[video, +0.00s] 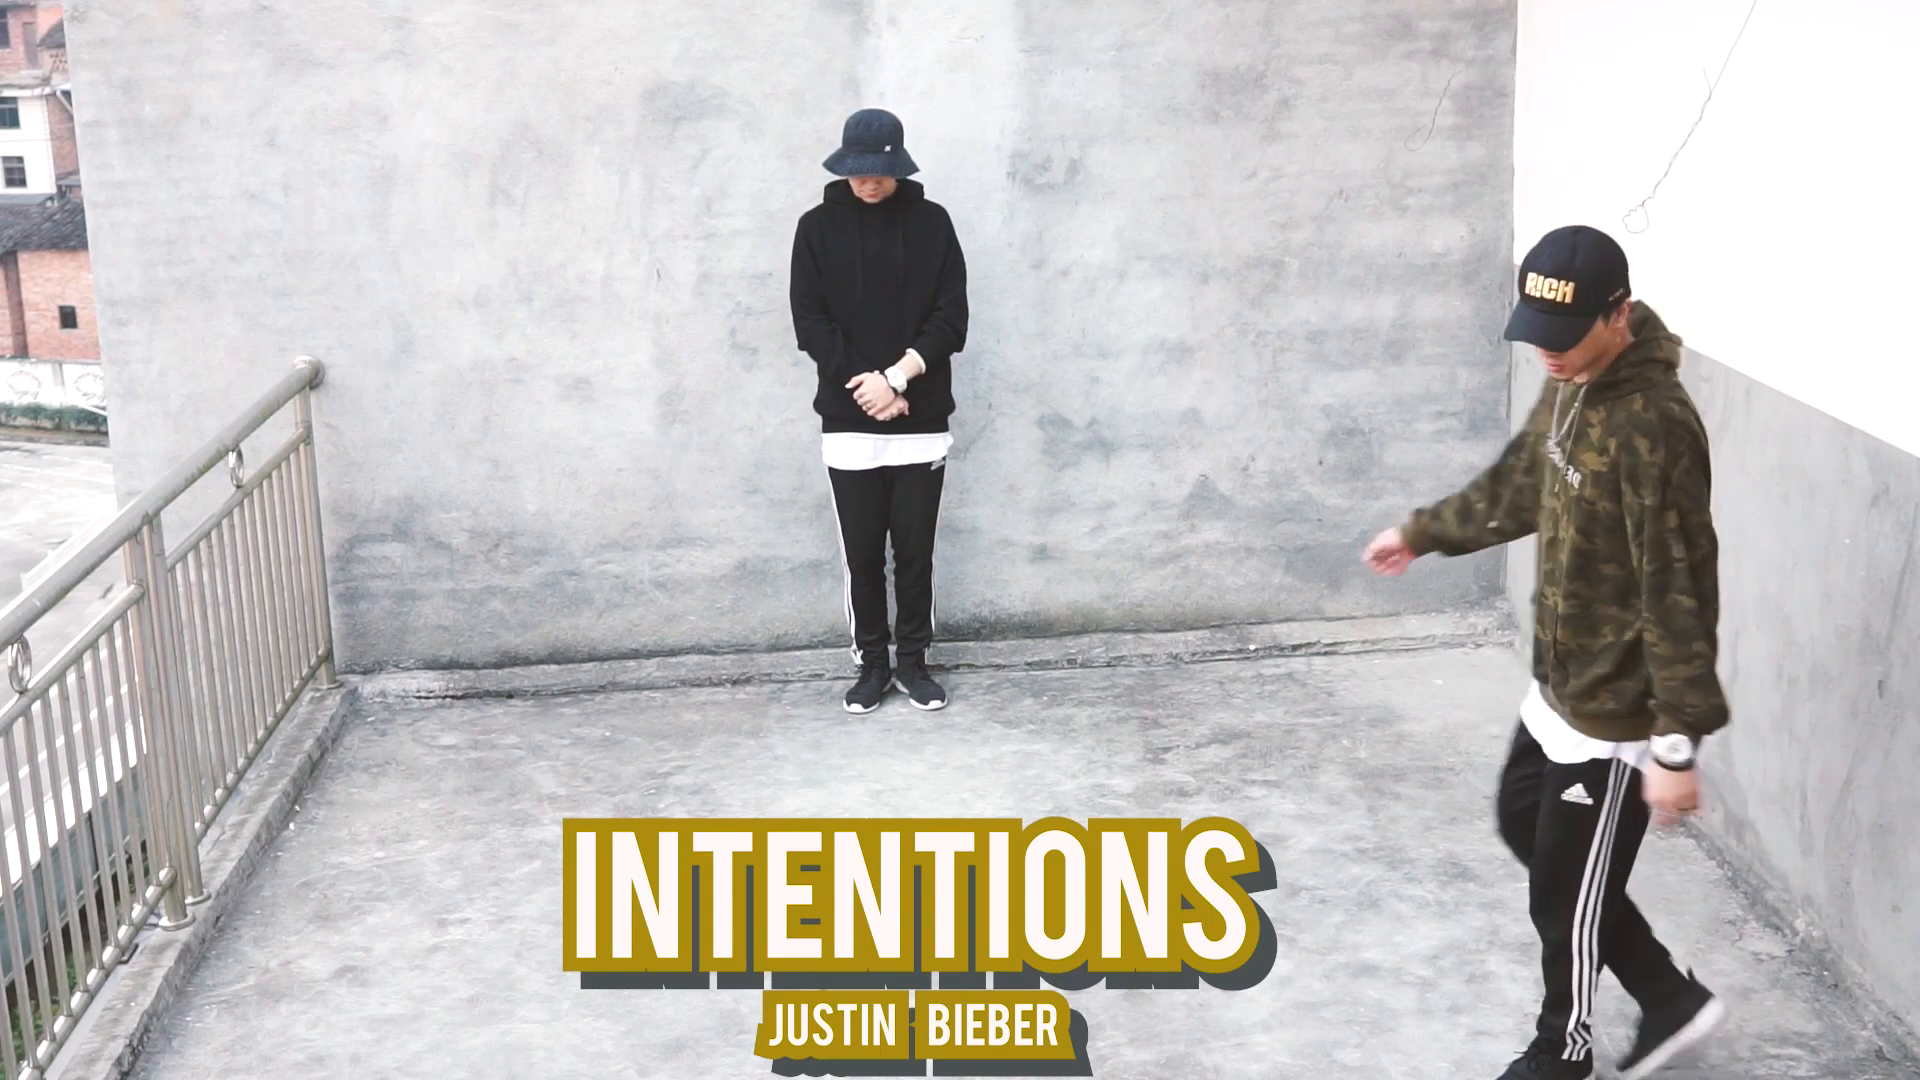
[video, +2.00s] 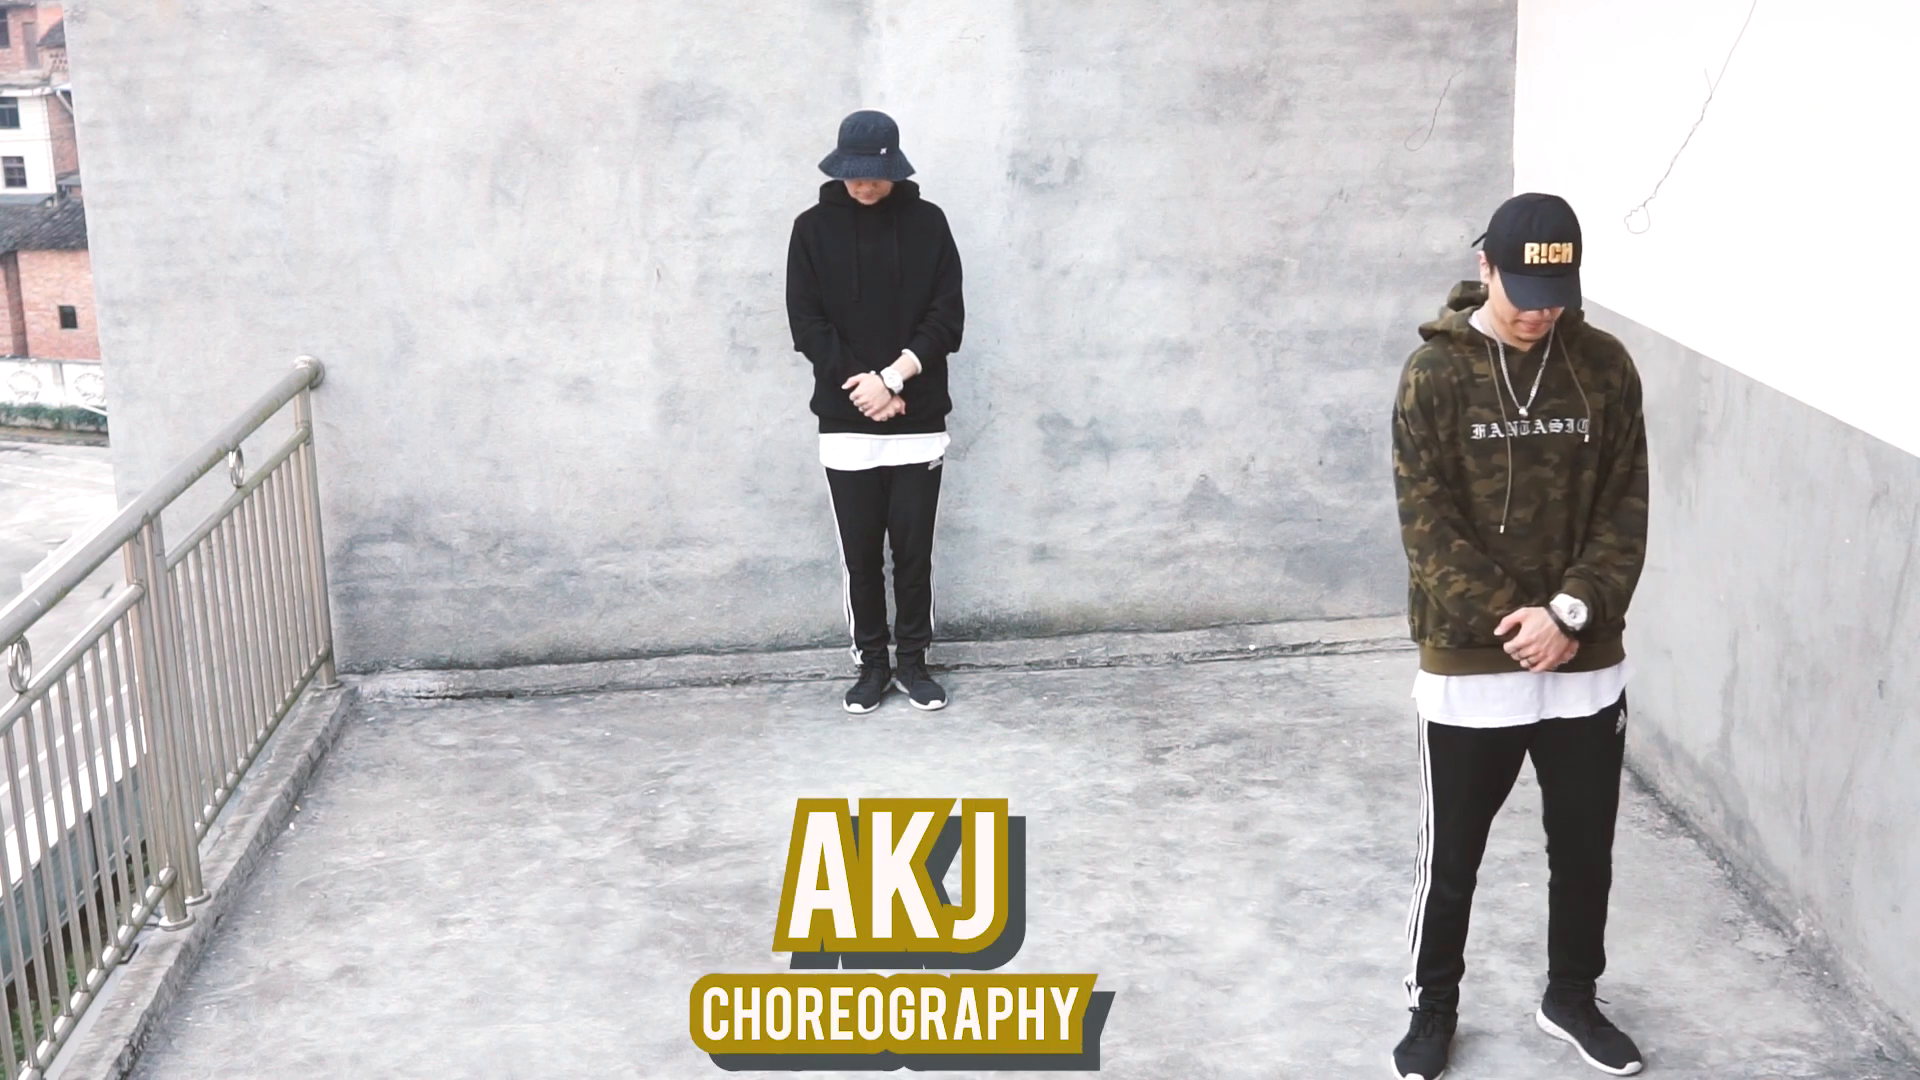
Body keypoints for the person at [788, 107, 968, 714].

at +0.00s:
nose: (869, 182)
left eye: (880, 171)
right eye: (859, 171)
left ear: (900, 168)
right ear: (844, 168)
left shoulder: (931, 221)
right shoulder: (818, 226)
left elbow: (952, 318)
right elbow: (810, 323)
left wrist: (897, 373)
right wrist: (866, 386)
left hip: (921, 415)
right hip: (847, 417)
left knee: (914, 550)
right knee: (863, 553)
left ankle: (913, 664)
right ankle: (873, 667)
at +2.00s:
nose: (864, 185)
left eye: (876, 174)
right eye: (854, 174)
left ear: (896, 170)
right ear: (839, 170)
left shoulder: (927, 221)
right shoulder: (813, 227)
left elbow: (947, 318)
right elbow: (806, 323)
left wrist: (894, 373)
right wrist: (862, 387)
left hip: (919, 413)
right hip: (845, 416)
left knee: (913, 549)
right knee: (861, 552)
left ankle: (913, 663)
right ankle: (872, 666)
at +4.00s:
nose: (871, 189)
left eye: (882, 179)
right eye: (860, 178)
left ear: (900, 172)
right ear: (843, 173)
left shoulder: (930, 222)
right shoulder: (817, 228)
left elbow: (950, 318)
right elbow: (808, 324)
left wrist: (896, 374)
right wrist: (865, 387)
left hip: (921, 416)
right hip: (846, 419)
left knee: (914, 550)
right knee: (862, 554)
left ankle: (913, 663)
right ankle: (872, 666)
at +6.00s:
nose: (868, 187)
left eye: (879, 176)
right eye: (857, 176)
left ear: (898, 171)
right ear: (841, 172)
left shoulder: (928, 222)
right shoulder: (815, 228)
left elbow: (949, 318)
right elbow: (807, 325)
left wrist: (896, 374)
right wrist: (864, 387)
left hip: (920, 416)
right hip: (846, 419)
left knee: (913, 550)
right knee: (861, 553)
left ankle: (912, 663)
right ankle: (873, 667)